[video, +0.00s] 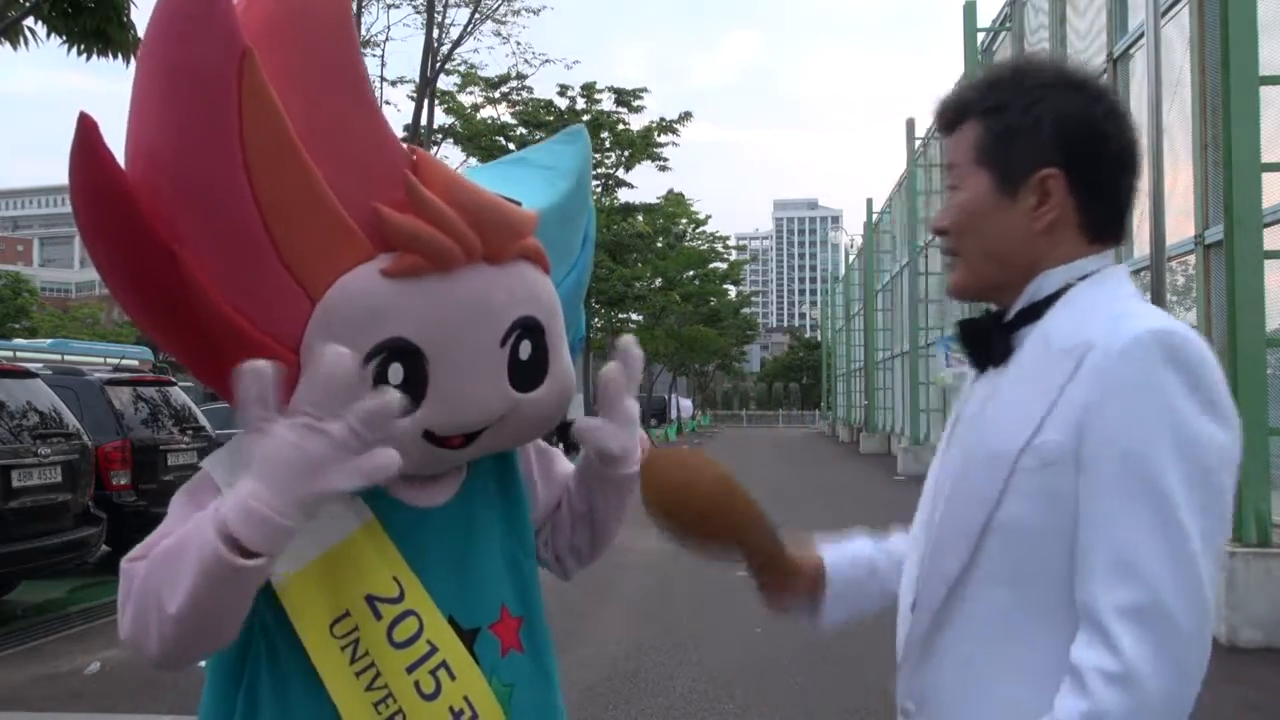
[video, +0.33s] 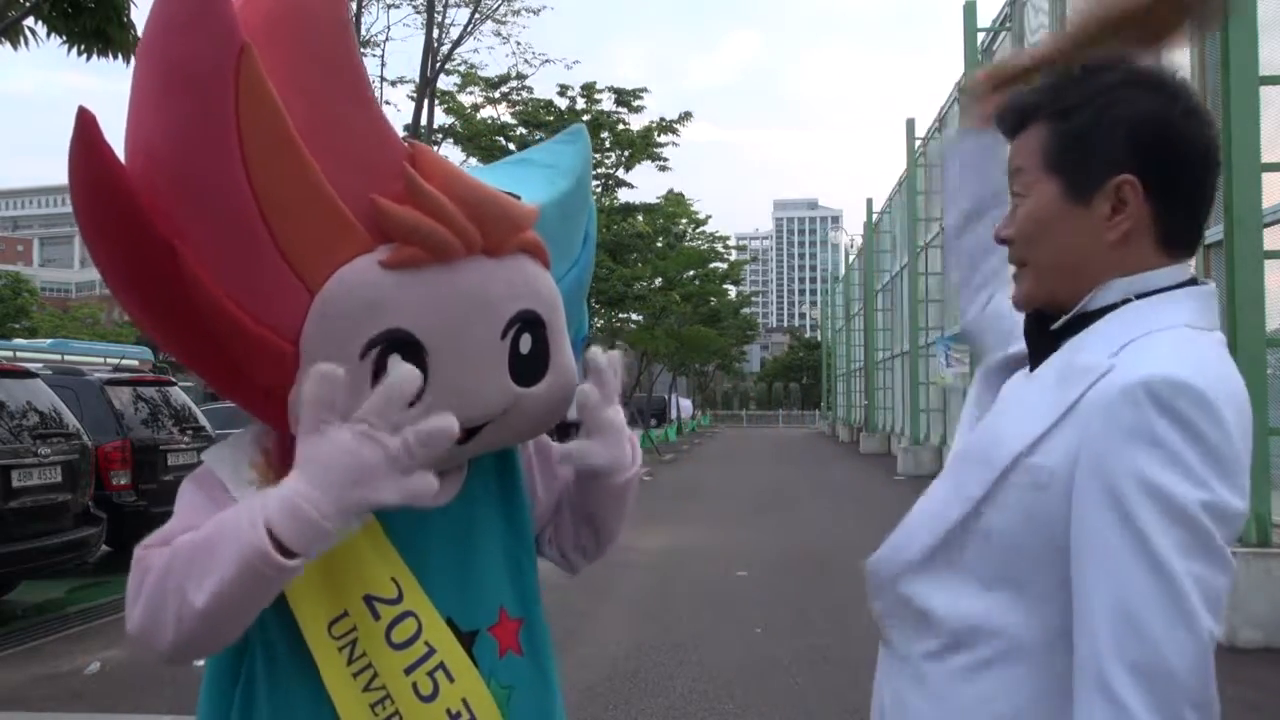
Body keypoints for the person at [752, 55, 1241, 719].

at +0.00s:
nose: (935, 222)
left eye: (954, 186)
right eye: (943, 190)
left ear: (1042, 198)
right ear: (1035, 200)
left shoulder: (1142, 356)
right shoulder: (1011, 356)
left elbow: (1139, 668)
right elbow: (964, 551)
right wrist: (823, 574)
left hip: (1020, 705)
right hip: (931, 701)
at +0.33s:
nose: (999, 228)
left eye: (1019, 195)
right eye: (1008, 199)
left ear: (1118, 208)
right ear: (1117, 211)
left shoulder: (1153, 390)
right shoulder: (1076, 351)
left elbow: (1143, 701)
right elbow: (988, 288)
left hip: (986, 704)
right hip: (930, 696)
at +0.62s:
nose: (969, 202)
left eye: (987, 166)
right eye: (978, 166)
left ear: (1083, 183)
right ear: (1083, 186)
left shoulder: (1176, 378)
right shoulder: (1045, 313)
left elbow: (1172, 699)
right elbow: (948, 213)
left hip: (1021, 703)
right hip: (921, 688)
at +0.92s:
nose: (1058, 197)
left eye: (1082, 159)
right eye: (1067, 162)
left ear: (1184, 179)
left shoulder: (1256, 382)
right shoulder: (1060, 319)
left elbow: (1247, 694)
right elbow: (919, 365)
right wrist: (750, 326)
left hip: (1087, 705)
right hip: (947, 688)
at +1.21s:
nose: (1102, 225)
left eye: (1131, 190)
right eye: (1107, 192)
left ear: (1255, 211)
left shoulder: (1269, 376)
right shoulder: (1094, 347)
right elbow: (980, 488)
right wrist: (822, 536)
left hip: (1194, 704)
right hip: (1042, 697)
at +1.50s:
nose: (1075, 258)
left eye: (1101, 226)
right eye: (1069, 232)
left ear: (1213, 226)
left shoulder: (1272, 368)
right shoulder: (1067, 394)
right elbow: (1005, 575)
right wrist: (921, 693)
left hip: (1263, 703)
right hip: (1139, 706)